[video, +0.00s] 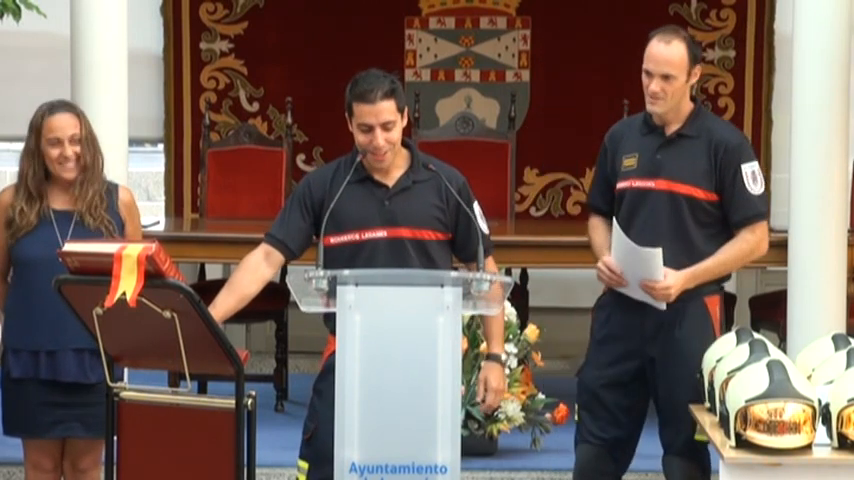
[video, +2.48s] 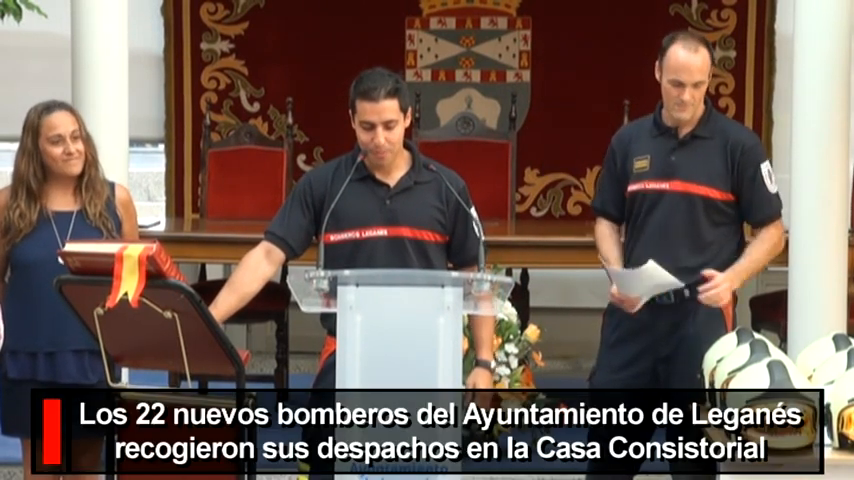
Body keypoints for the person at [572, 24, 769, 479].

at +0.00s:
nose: (653, 87)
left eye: (666, 77)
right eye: (648, 74)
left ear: (693, 77)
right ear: (641, 72)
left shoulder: (727, 144)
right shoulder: (620, 137)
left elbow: (756, 239)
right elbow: (599, 212)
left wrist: (685, 279)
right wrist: (605, 255)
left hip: (688, 319)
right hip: (620, 313)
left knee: (686, 453)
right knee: (596, 449)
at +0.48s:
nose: (665, 82)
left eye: (678, 73)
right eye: (661, 70)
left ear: (707, 77)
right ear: (654, 71)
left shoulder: (737, 146)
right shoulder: (632, 139)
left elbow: (764, 243)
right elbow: (610, 215)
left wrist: (691, 280)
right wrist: (615, 257)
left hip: (698, 319)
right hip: (631, 312)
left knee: (691, 454)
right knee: (609, 449)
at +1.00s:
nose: (664, 82)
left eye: (677, 73)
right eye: (660, 70)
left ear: (706, 77)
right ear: (654, 71)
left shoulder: (736, 145)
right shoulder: (634, 140)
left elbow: (763, 242)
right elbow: (612, 216)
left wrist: (687, 278)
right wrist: (613, 255)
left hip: (697, 318)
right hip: (631, 311)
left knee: (691, 454)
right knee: (607, 449)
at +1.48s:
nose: (663, 84)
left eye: (677, 74)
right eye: (659, 71)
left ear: (705, 77)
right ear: (652, 71)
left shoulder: (736, 145)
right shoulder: (633, 140)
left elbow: (764, 242)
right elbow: (612, 217)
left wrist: (689, 279)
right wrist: (614, 257)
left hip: (697, 334)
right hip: (629, 329)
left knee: (693, 467)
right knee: (606, 464)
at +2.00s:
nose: (684, 93)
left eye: (694, 83)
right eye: (675, 81)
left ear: (707, 80)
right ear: (657, 77)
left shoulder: (737, 145)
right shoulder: (630, 142)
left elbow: (765, 241)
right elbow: (609, 219)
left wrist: (692, 280)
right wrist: (615, 260)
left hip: (698, 328)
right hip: (631, 322)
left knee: (693, 462)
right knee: (607, 458)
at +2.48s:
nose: (686, 96)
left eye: (696, 85)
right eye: (677, 84)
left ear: (709, 81)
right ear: (659, 77)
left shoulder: (739, 144)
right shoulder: (628, 141)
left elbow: (773, 231)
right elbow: (606, 220)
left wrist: (732, 280)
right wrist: (618, 275)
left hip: (701, 317)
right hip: (632, 314)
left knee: (694, 450)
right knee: (609, 444)